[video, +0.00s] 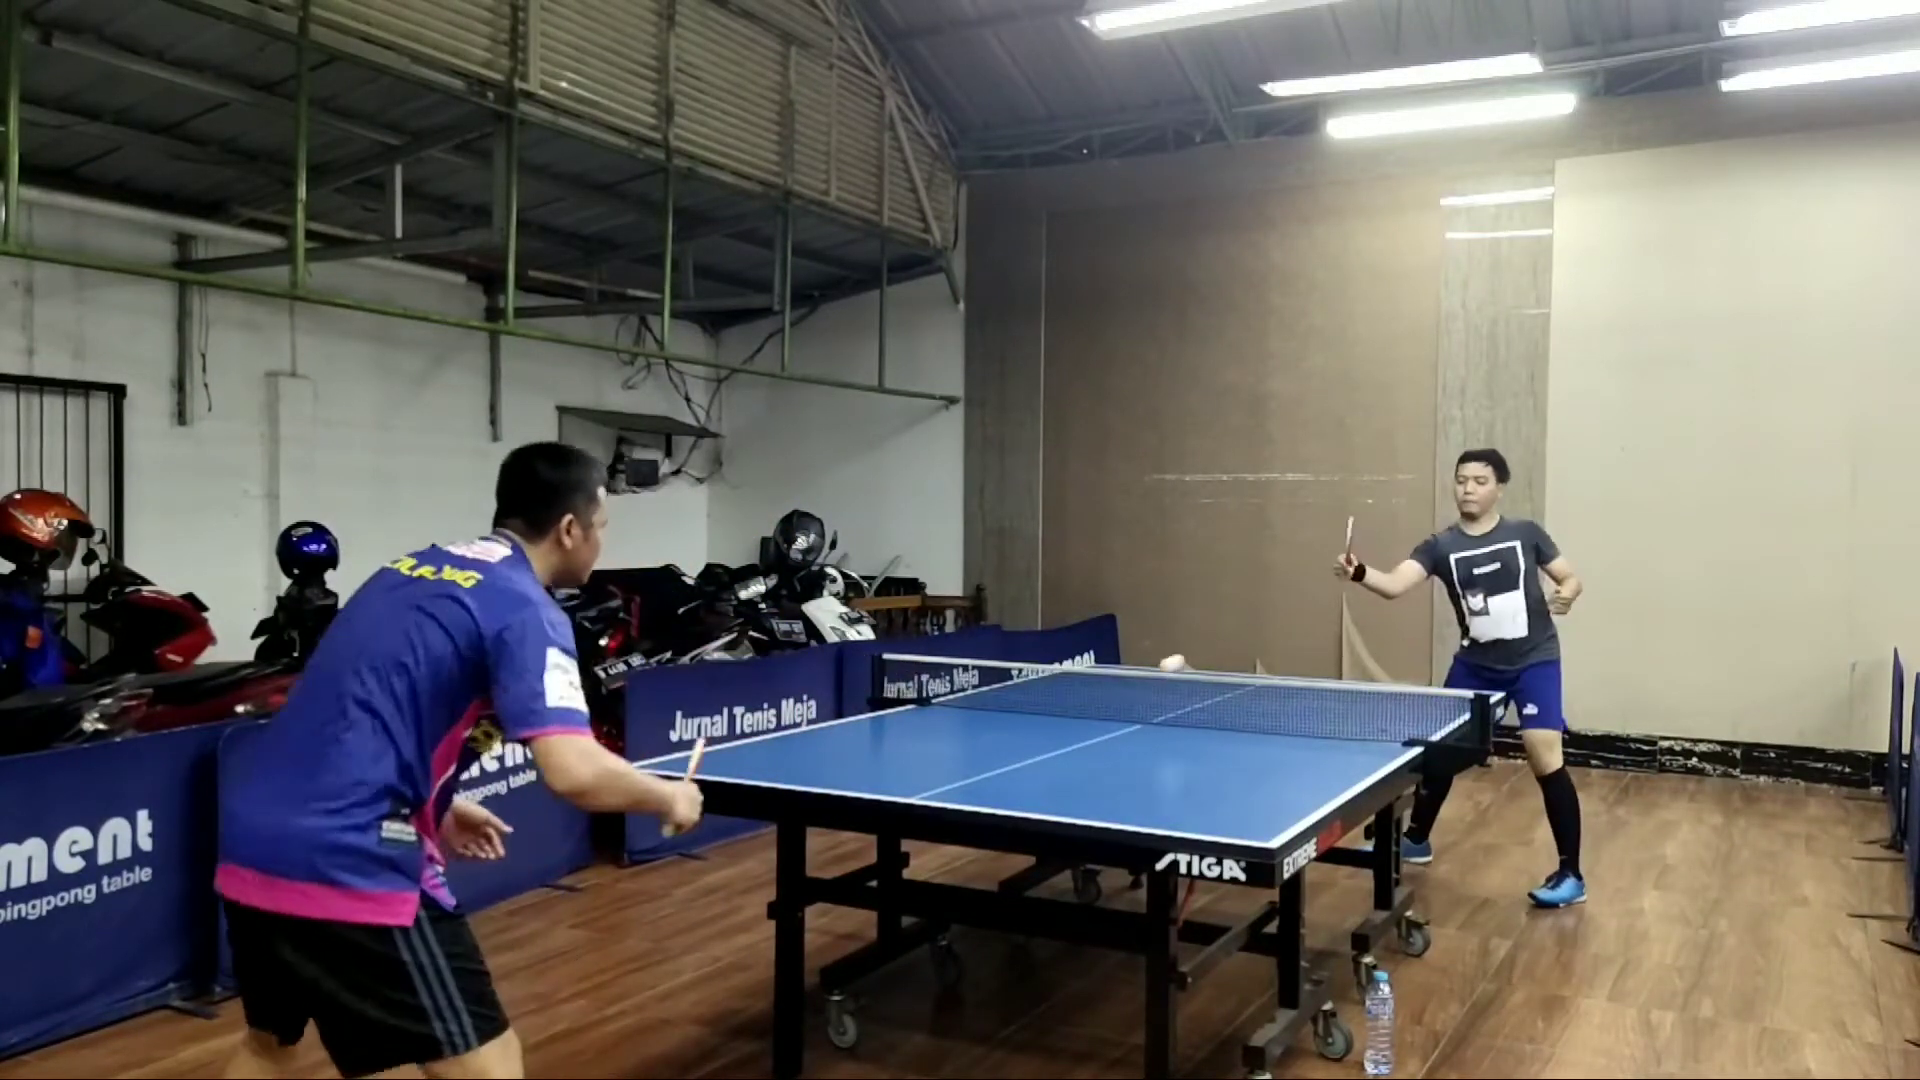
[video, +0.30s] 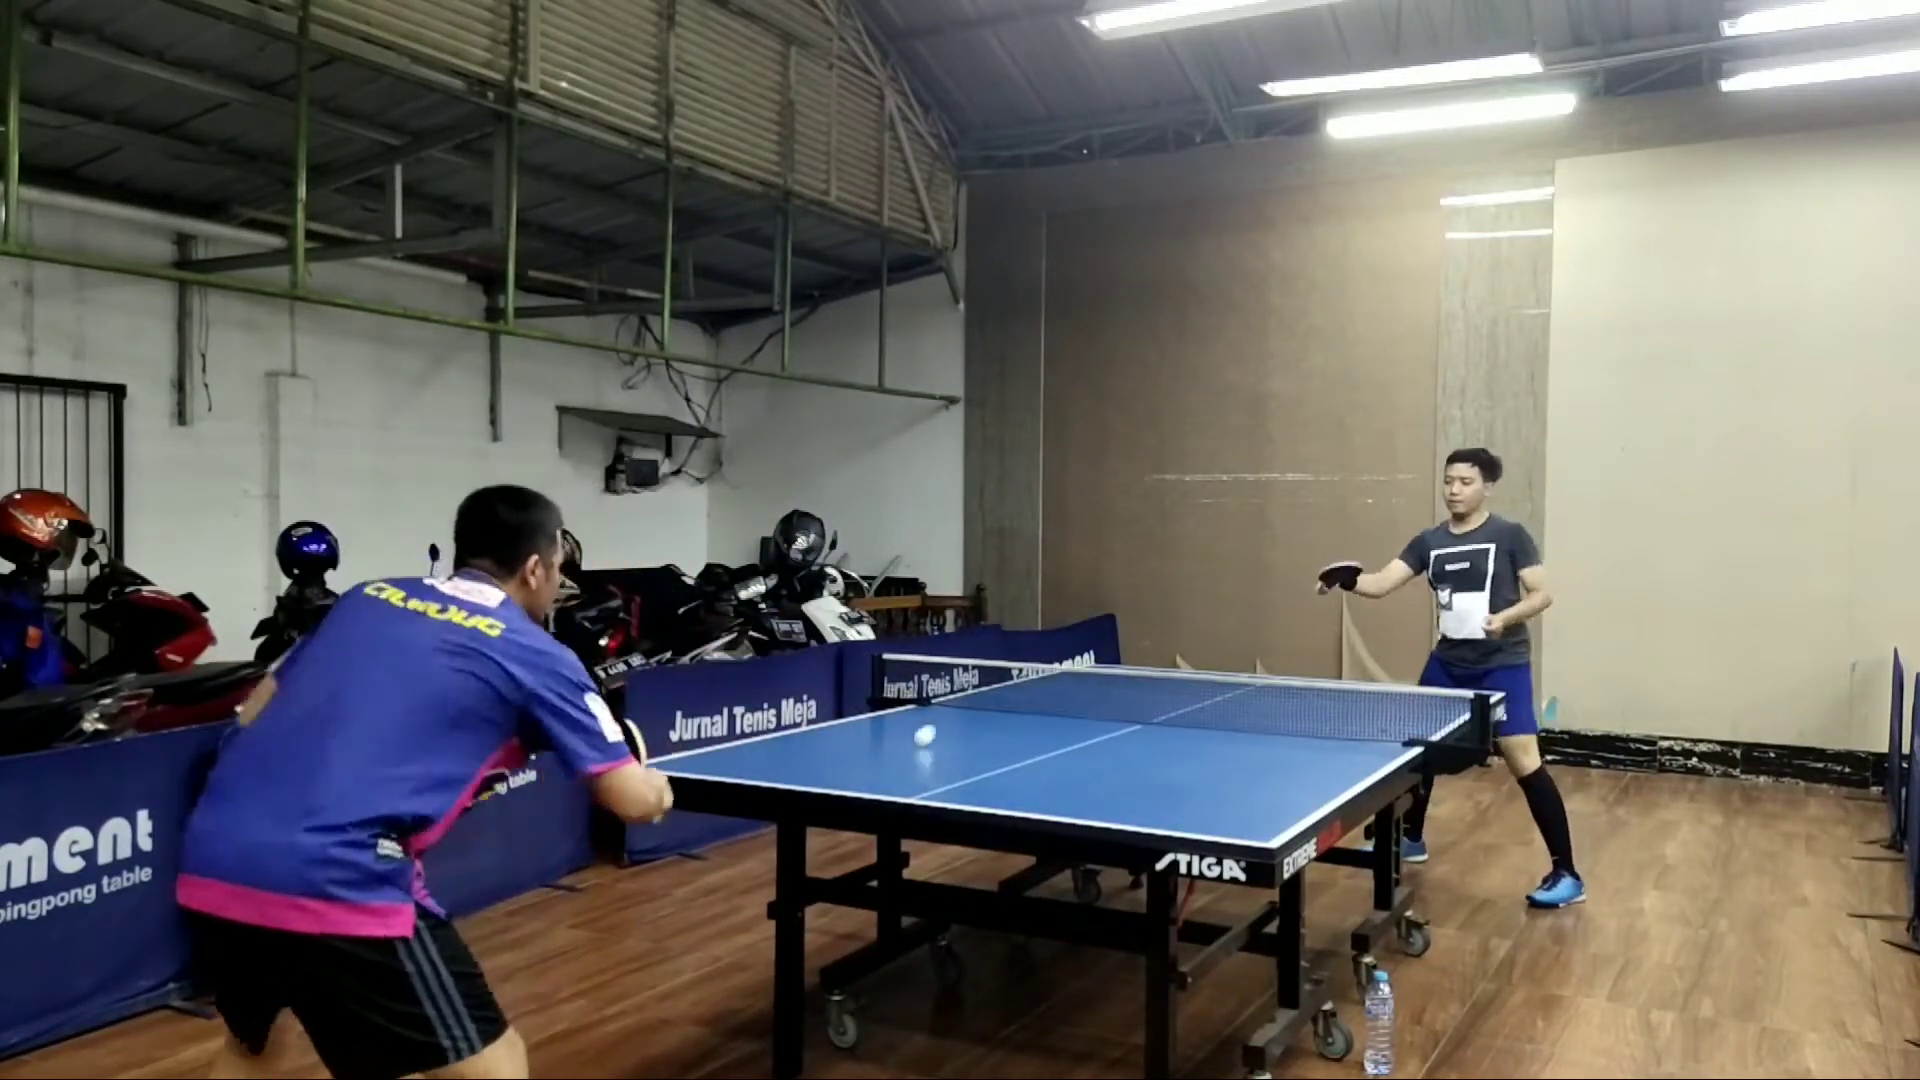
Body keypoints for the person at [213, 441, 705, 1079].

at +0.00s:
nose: (602, 544)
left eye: (603, 526)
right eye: (600, 526)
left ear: (507, 514)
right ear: (568, 528)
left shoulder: (416, 566)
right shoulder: (523, 605)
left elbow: (345, 713)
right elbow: (571, 769)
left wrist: (436, 809)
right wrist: (666, 795)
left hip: (249, 846)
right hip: (352, 860)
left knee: (269, 1044)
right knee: (485, 1060)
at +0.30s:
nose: (558, 582)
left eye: (560, 566)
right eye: (557, 566)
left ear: (459, 557)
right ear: (533, 568)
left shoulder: (367, 597)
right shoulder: (533, 652)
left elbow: (254, 712)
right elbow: (633, 799)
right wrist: (655, 787)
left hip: (212, 870)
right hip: (338, 883)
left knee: (249, 1046)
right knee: (493, 1062)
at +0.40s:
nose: (545, 606)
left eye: (546, 590)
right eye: (543, 590)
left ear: (444, 578)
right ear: (519, 597)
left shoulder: (351, 619)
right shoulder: (536, 681)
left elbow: (202, 682)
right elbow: (667, 790)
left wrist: (263, 724)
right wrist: (651, 740)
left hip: (216, 892)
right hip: (352, 904)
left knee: (250, 1051)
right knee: (533, 1027)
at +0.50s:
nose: (552, 616)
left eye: (549, 601)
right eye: (550, 603)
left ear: (451, 596)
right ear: (531, 614)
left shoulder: (368, 635)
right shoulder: (562, 697)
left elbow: (206, 660)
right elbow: (686, 775)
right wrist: (657, 729)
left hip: (249, 904)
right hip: (399, 923)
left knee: (254, 1057)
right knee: (548, 1030)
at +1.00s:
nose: (594, 535)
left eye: (585, 521)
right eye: (593, 523)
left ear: (490, 523)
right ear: (579, 531)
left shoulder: (403, 589)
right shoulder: (611, 622)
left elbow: (264, 692)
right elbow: (706, 782)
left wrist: (122, 785)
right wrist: (744, 808)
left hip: (338, 894)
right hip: (493, 899)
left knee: (346, 1068)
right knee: (592, 1050)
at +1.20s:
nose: (602, 509)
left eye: (602, 493)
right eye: (600, 494)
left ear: (496, 500)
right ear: (582, 506)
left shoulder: (397, 580)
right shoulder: (599, 605)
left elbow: (269, 722)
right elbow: (652, 779)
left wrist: (221, 830)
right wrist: (727, 856)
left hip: (328, 908)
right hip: (484, 905)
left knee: (338, 1069)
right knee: (642, 1063)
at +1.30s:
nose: (640, 510)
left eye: (642, 491)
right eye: (641, 492)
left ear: (538, 491)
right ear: (621, 504)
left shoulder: (436, 568)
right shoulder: (636, 598)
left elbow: (317, 730)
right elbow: (676, 790)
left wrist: (304, 846)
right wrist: (741, 877)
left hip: (350, 903)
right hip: (507, 907)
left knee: (361, 1070)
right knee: (648, 1072)